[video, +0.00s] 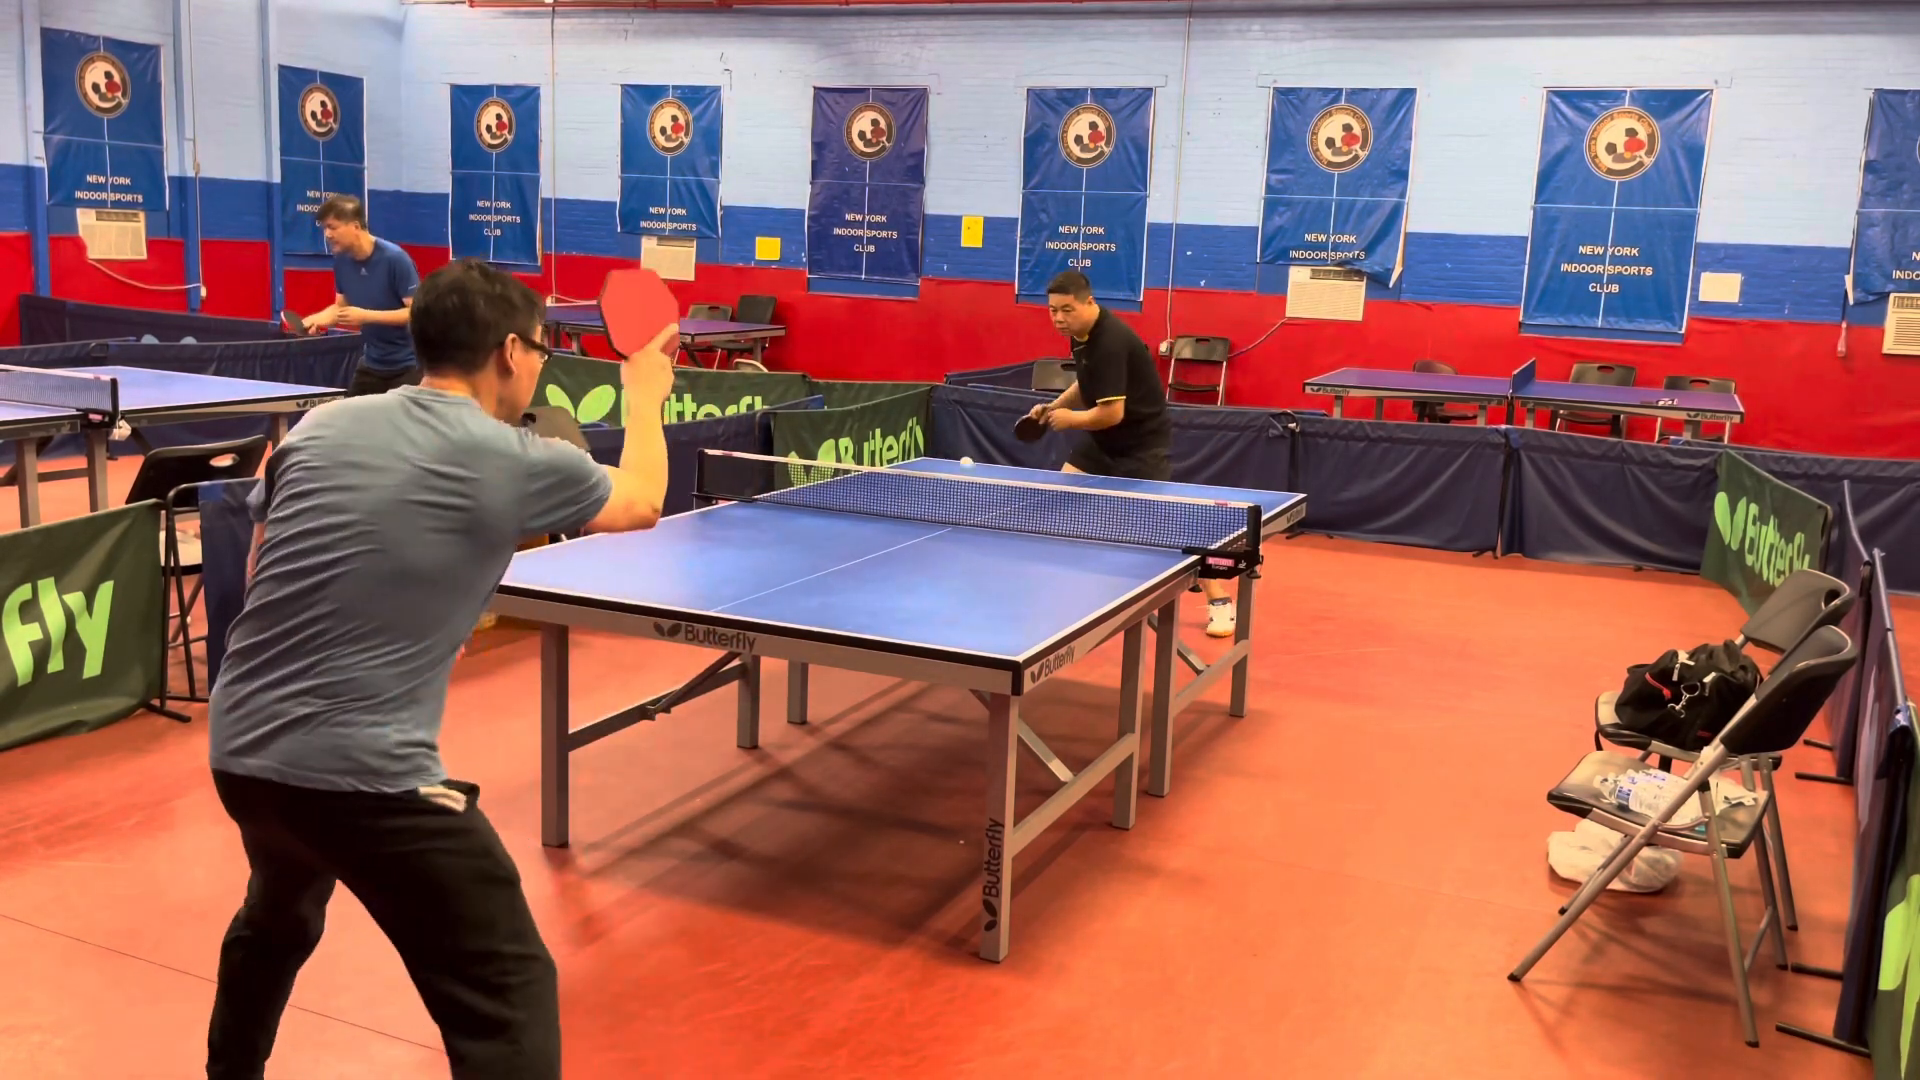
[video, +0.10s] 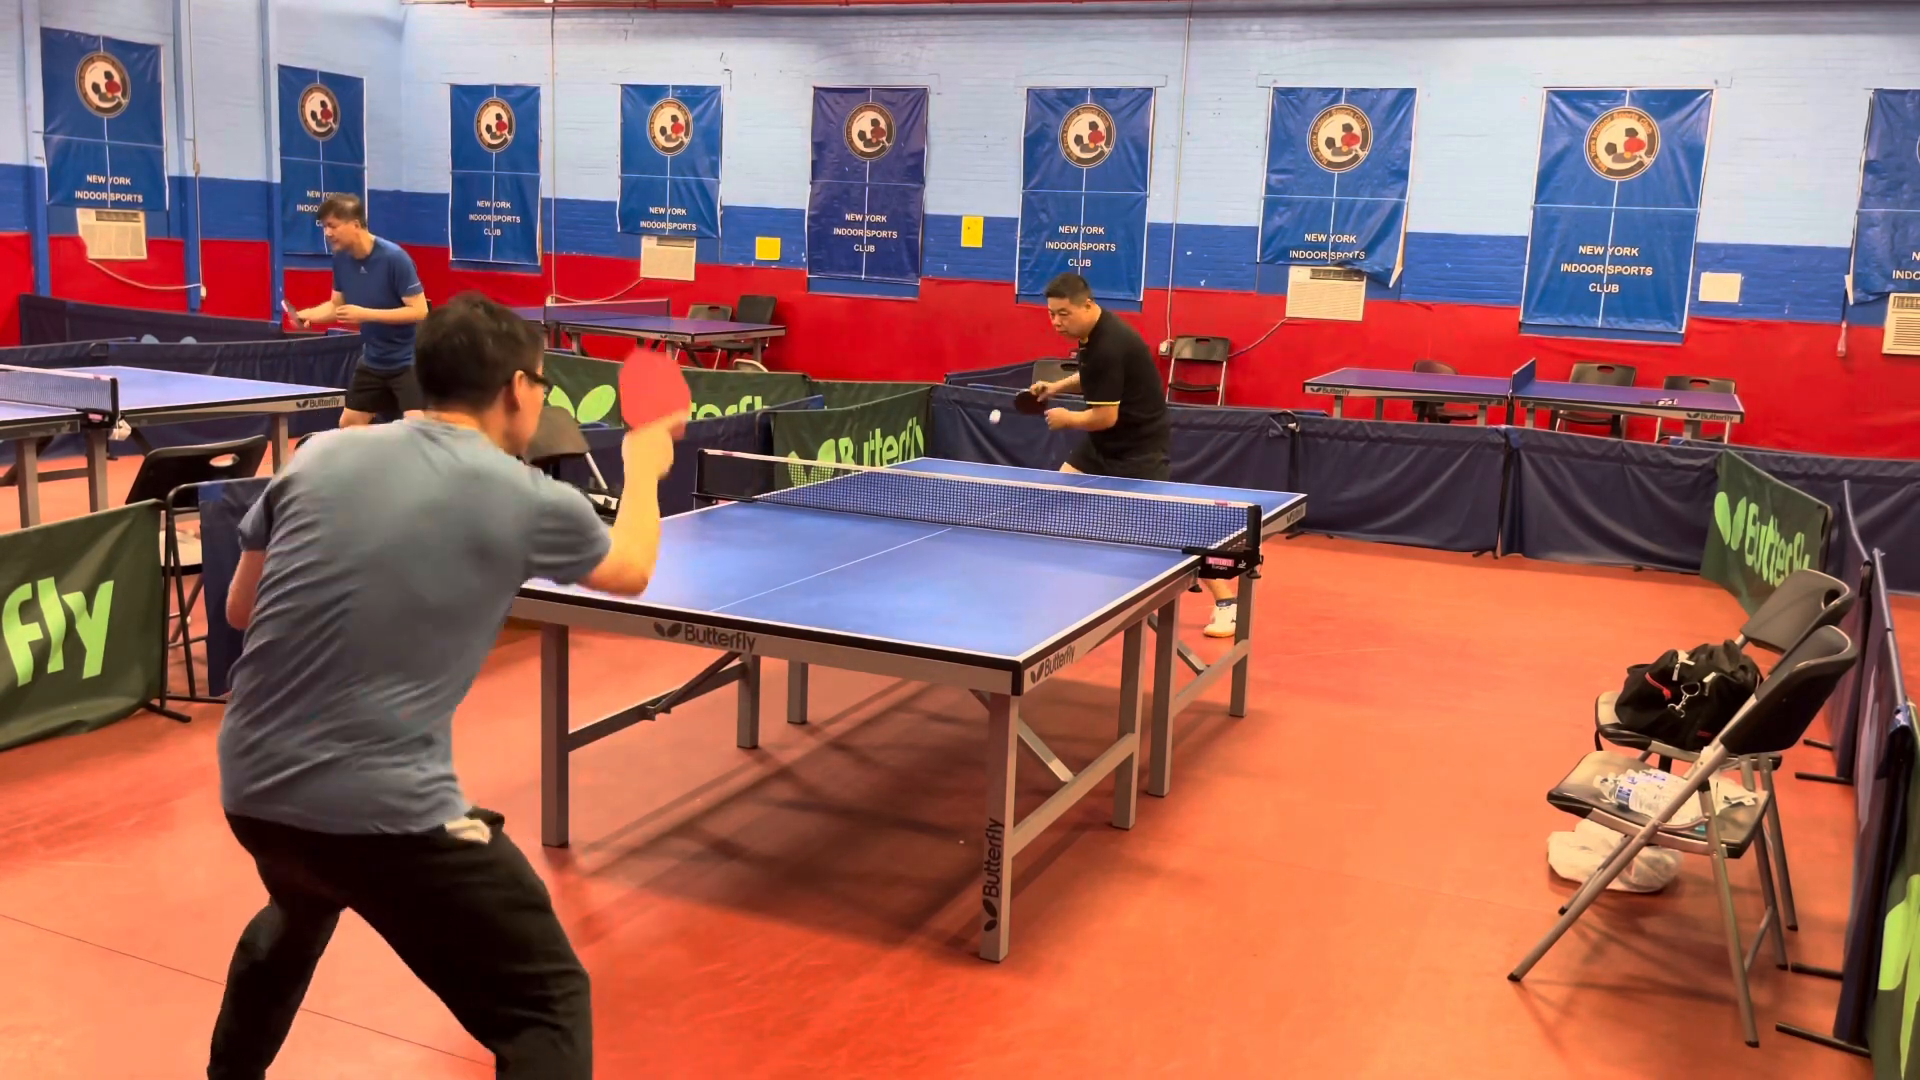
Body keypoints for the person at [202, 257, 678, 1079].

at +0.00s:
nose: (539, 372)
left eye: (540, 352)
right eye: (537, 352)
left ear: (424, 346)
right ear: (505, 354)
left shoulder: (317, 424)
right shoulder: (505, 457)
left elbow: (265, 559)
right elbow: (638, 499)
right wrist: (647, 392)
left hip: (243, 756)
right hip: (371, 773)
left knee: (275, 916)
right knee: (507, 989)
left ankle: (228, 1073)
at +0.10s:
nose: (540, 404)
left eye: (539, 385)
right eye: (538, 385)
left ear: (428, 383)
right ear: (513, 390)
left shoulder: (318, 454)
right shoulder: (515, 493)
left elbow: (241, 607)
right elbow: (631, 569)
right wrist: (644, 469)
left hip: (253, 796)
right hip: (389, 813)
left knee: (300, 904)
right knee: (547, 1003)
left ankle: (229, 1070)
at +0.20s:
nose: (567, 426)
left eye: (568, 407)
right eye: (566, 407)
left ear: (458, 403)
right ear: (544, 412)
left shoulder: (341, 472)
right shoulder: (543, 528)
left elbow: (253, 617)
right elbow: (603, 676)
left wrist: (366, 617)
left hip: (257, 800)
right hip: (388, 819)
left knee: (317, 916)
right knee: (559, 1006)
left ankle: (230, 1073)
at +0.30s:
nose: (610, 420)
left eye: (611, 401)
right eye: (610, 402)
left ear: (500, 394)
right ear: (588, 408)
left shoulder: (384, 454)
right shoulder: (557, 535)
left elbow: (289, 587)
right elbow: (539, 733)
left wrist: (396, 638)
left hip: (251, 767)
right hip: (367, 796)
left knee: (309, 922)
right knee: (536, 1006)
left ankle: (226, 1072)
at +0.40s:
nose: (642, 438)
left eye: (644, 419)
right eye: (642, 419)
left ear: (529, 405)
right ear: (614, 427)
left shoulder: (446, 461)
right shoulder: (530, 538)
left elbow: (387, 602)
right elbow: (450, 733)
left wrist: (501, 661)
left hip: (262, 757)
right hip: (341, 792)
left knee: (328, 909)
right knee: (512, 1005)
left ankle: (221, 1072)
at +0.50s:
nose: (640, 460)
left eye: (642, 444)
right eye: (638, 442)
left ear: (528, 424)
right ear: (604, 448)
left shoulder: (473, 489)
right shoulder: (482, 551)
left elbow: (434, 631)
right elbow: (378, 728)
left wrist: (551, 679)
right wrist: (441, 896)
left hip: (287, 785)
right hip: (329, 814)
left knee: (360, 919)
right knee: (511, 981)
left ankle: (233, 1071)